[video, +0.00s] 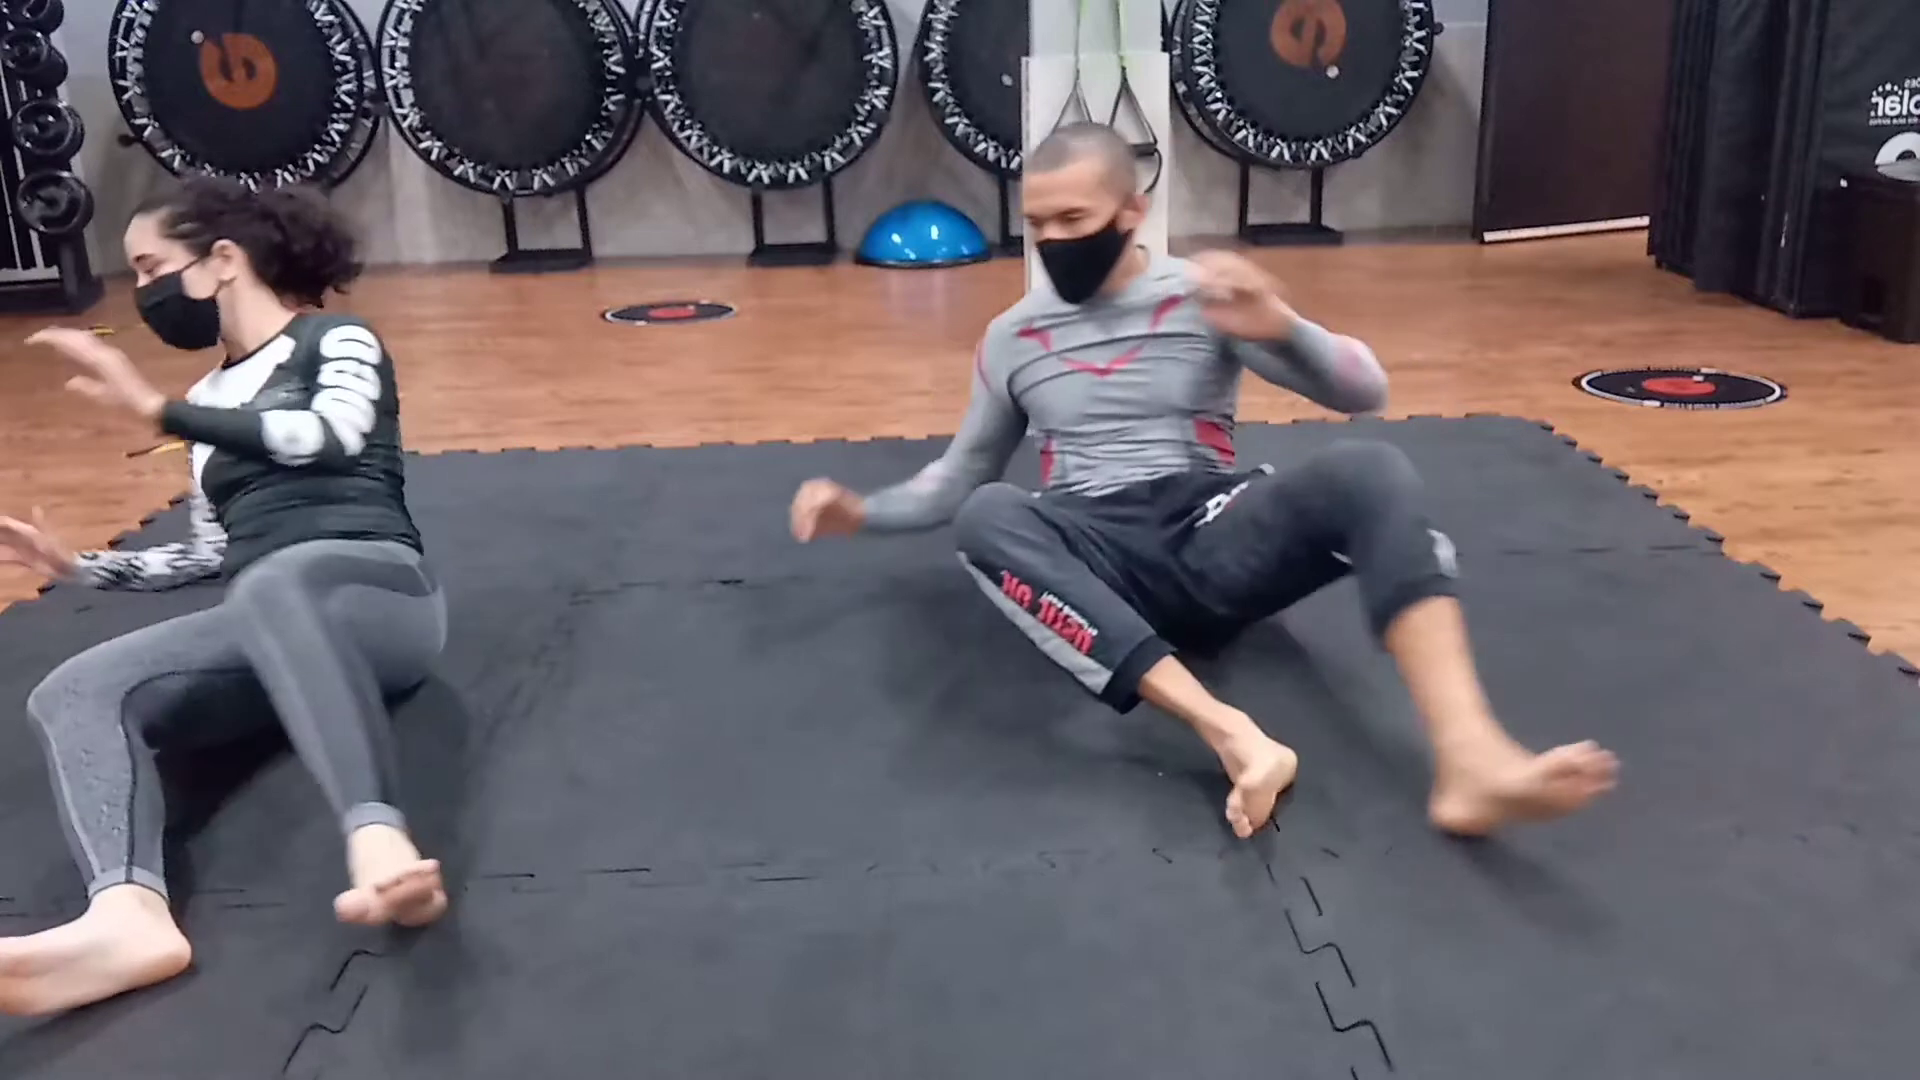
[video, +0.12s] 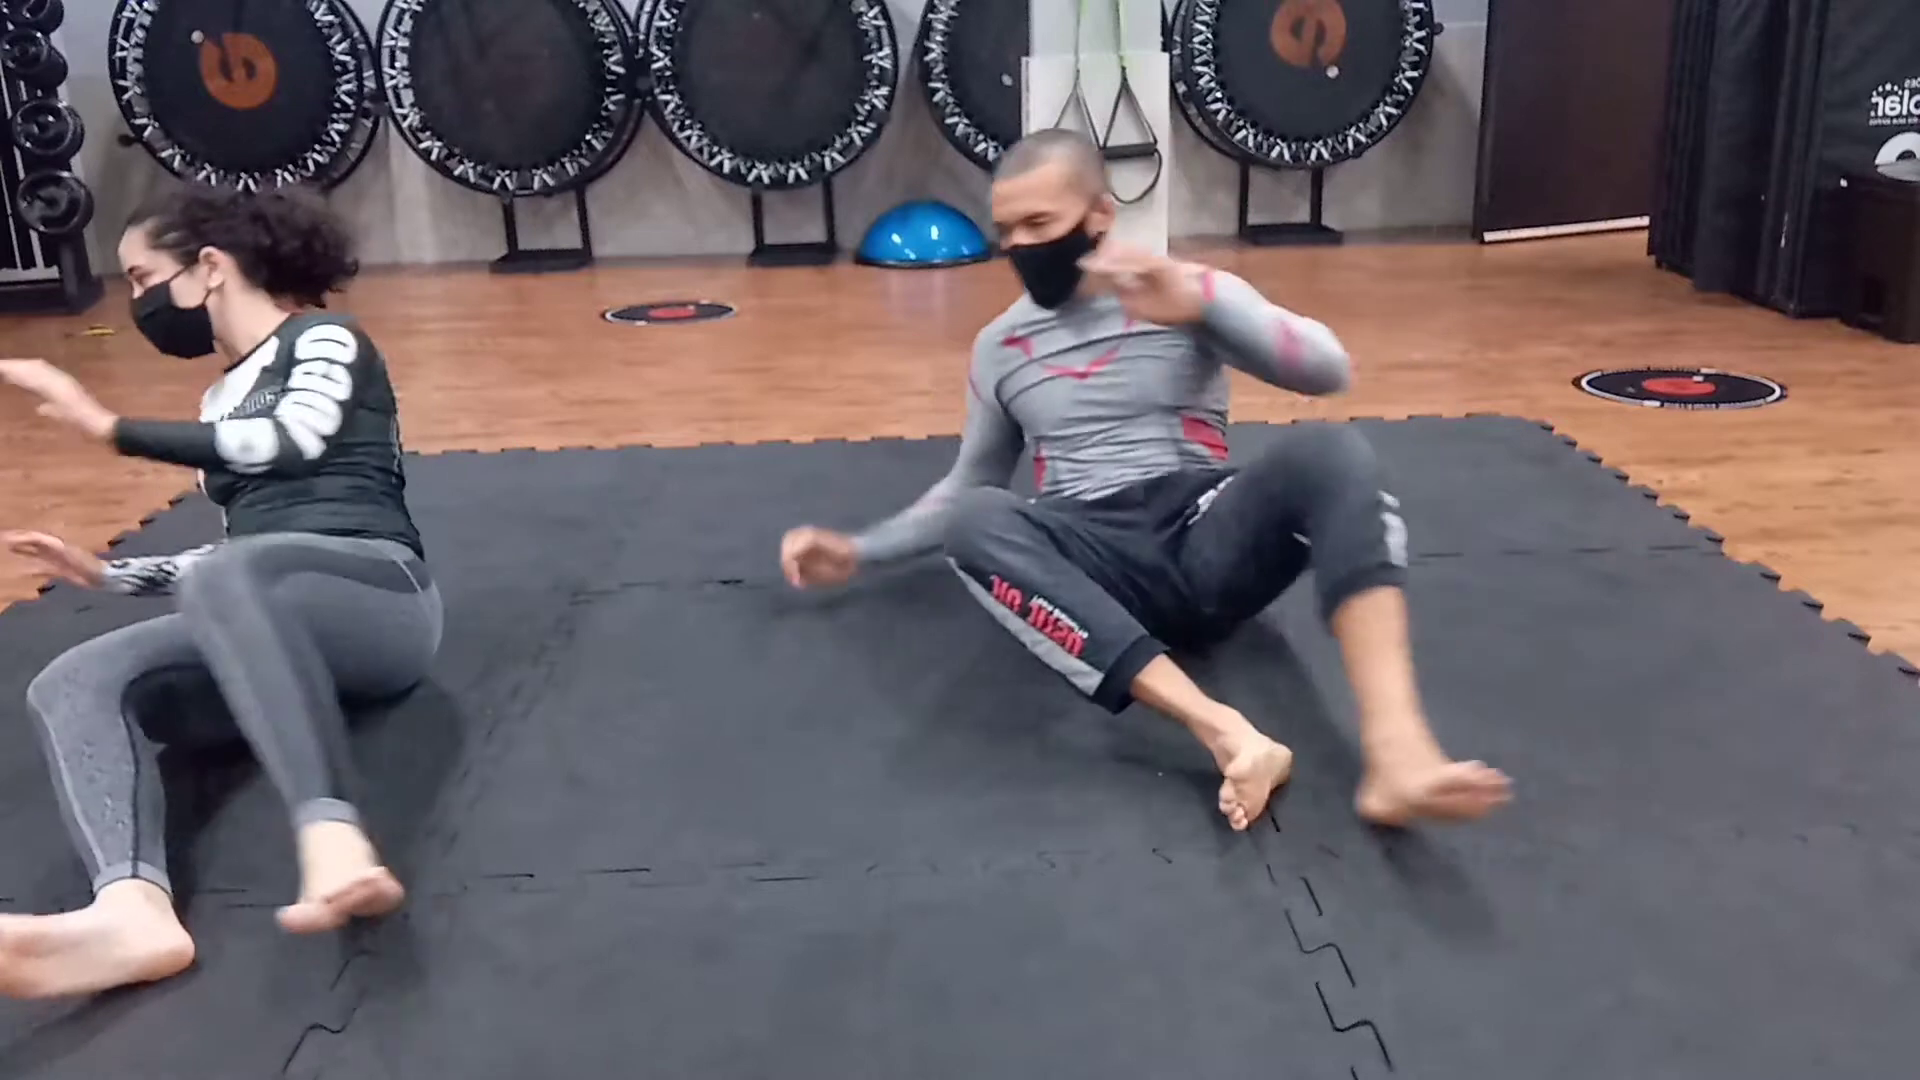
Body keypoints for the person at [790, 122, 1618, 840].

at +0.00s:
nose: (1056, 245)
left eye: (1078, 222)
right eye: (1039, 225)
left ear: (1137, 207)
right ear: (1021, 221)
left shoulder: (1206, 292)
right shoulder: (1013, 338)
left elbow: (1365, 394)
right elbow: (961, 476)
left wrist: (1283, 332)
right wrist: (865, 511)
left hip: (1212, 533)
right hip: (1096, 543)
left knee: (1372, 465)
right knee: (983, 517)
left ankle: (1471, 754)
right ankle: (1233, 738)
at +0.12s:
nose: (1020, 247)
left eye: (1038, 225)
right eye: (1005, 231)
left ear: (1097, 215)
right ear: (994, 233)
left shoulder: (1187, 289)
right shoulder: (1001, 348)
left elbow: (1330, 373)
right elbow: (970, 488)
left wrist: (1200, 309)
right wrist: (859, 554)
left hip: (1205, 535)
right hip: (1087, 550)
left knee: (1331, 450)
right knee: (964, 521)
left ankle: (1399, 756)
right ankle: (1230, 737)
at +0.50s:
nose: (925, 287)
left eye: (938, 260)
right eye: (914, 272)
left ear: (1002, 242)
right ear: (914, 281)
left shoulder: (1103, 284)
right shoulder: (967, 386)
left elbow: (1194, 323)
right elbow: (977, 526)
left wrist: (1010, 308)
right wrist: (863, 574)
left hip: (1182, 536)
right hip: (1071, 570)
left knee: (1240, 367)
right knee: (920, 536)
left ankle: (1253, 689)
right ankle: (1143, 736)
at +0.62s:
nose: (905, 293)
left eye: (914, 268)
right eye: (891, 282)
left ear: (978, 244)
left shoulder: (1083, 279)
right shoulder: (961, 387)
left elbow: (1147, 320)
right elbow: (971, 533)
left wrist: (964, 318)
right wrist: (860, 576)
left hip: (1169, 534)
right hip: (1060, 570)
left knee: (1209, 352)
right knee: (895, 544)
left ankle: (1213, 665)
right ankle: (1102, 741)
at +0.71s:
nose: (892, 296)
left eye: (901, 272)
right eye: (880, 286)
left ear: (964, 247)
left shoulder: (1067, 276)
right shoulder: (958, 387)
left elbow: (1117, 317)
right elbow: (970, 529)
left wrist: (934, 324)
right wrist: (856, 575)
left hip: (1162, 530)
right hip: (1051, 567)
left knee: (1180, 348)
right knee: (880, 554)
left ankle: (1196, 660)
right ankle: (1071, 751)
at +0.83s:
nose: (876, 302)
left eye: (882, 277)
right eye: (869, 291)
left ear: (947, 251)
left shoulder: (1054, 274)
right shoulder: (956, 385)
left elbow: (1074, 320)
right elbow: (972, 524)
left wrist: (900, 334)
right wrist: (847, 574)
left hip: (1154, 532)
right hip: (1044, 570)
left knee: (1129, 349)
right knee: (857, 579)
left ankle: (1183, 657)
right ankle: (1033, 768)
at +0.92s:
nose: (868, 308)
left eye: (873, 282)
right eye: (861, 295)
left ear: (936, 256)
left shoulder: (1045, 276)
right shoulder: (957, 388)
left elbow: (1044, 320)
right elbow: (970, 527)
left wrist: (878, 346)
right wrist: (844, 562)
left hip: (1158, 539)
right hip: (1043, 574)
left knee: (1102, 354)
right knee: (841, 608)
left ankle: (1176, 666)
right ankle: (1027, 773)